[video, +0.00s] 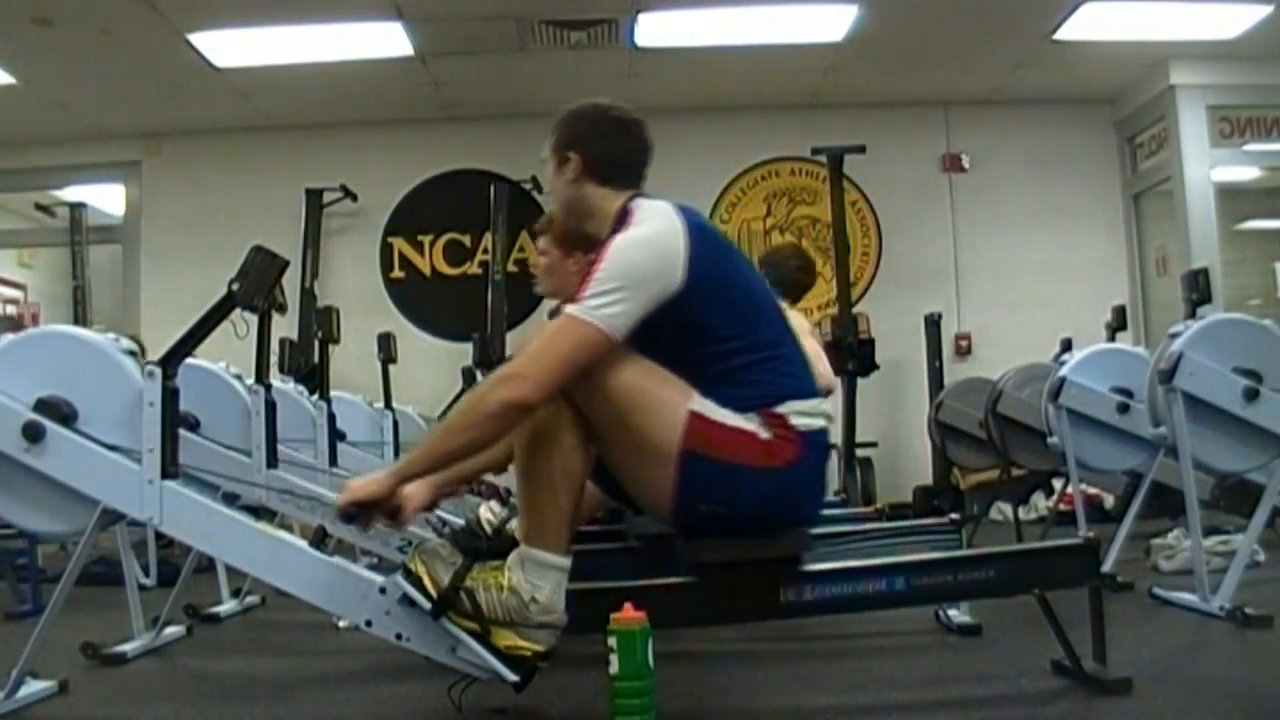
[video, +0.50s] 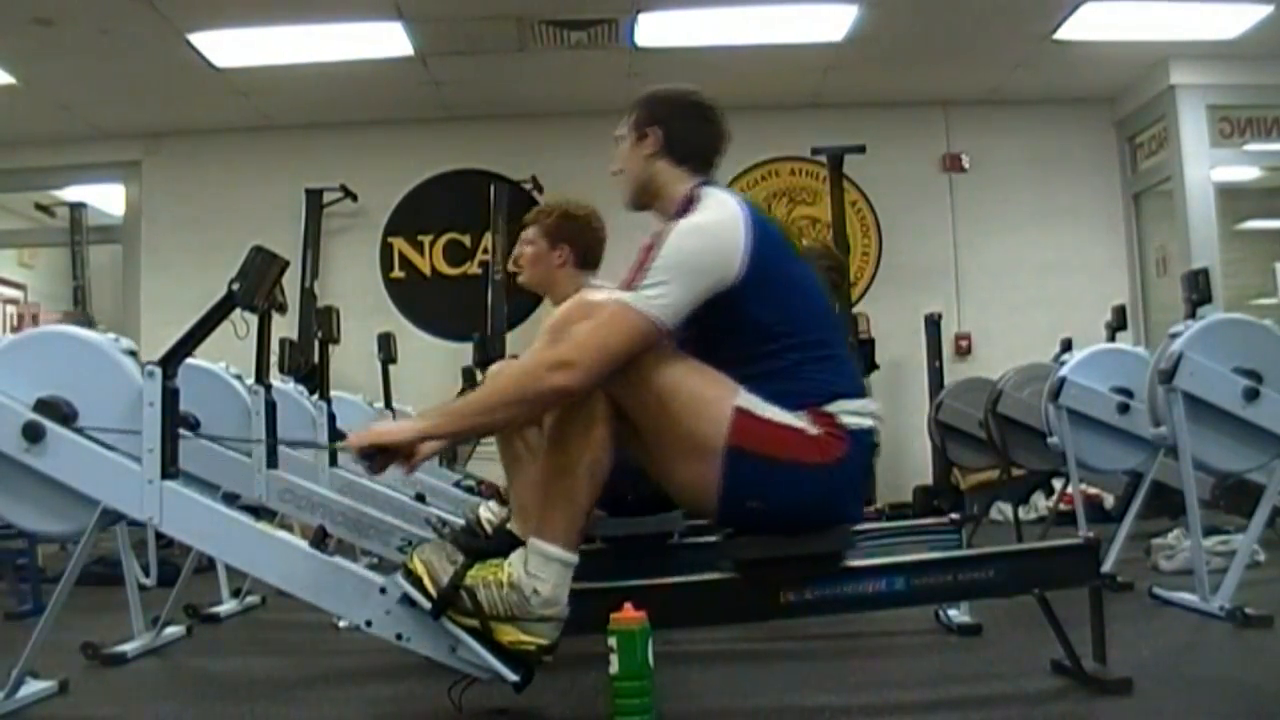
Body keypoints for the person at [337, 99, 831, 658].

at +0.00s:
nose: (548, 189)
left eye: (550, 171)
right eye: (549, 173)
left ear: (575, 168)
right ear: (621, 168)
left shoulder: (653, 235)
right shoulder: (648, 237)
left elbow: (522, 391)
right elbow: (535, 409)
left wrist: (394, 474)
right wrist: (430, 487)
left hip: (767, 465)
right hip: (755, 460)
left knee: (559, 363)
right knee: (559, 364)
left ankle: (537, 592)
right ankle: (537, 586)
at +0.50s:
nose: (616, 162)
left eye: (624, 144)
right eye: (619, 147)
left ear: (653, 143)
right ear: (676, 148)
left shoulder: (712, 225)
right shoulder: (676, 236)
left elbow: (569, 374)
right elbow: (558, 364)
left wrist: (420, 428)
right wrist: (436, 434)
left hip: (816, 458)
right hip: (769, 454)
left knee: (591, 347)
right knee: (570, 325)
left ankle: (541, 586)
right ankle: (530, 563)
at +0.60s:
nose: (663, 153)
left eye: (670, 135)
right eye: (666, 137)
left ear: (701, 136)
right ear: (718, 142)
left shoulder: (761, 219)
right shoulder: (724, 232)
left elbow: (618, 361)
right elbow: (602, 354)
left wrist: (459, 416)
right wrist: (472, 420)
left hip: (853, 454)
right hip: (807, 449)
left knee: (622, 355)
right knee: (606, 321)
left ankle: (544, 587)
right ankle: (535, 564)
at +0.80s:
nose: (761, 144)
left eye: (770, 126)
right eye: (764, 128)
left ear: (807, 128)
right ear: (821, 135)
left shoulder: (859, 212)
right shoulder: (832, 219)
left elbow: (704, 332)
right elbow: (702, 337)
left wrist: (548, 383)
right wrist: (558, 392)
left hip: (930, 441)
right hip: (880, 433)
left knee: (684, 399)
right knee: (666, 402)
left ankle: (544, 601)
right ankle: (538, 587)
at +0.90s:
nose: (805, 141)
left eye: (816, 121)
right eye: (810, 124)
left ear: (849, 124)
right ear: (861, 128)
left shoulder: (902, 210)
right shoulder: (869, 220)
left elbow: (752, 325)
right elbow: (749, 326)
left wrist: (589, 373)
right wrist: (605, 389)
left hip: (962, 442)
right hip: (916, 434)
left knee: (699, 415)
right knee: (679, 418)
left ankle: (543, 604)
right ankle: (535, 598)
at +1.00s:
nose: (834, 145)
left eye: (843, 125)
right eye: (840, 128)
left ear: (876, 126)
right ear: (889, 131)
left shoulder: (928, 213)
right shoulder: (898, 220)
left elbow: (781, 325)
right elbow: (779, 321)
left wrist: (628, 375)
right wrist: (642, 387)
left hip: (977, 448)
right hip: (937, 441)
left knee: (716, 443)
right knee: (703, 443)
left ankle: (534, 611)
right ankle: (528, 605)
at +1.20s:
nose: (850, 172)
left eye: (859, 156)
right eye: (855, 158)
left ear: (894, 157)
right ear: (905, 164)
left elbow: (811, 359)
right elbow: (796, 358)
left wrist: (664, 392)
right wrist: (666, 400)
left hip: (952, 472)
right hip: (901, 466)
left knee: (696, 520)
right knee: (685, 515)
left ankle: (477, 637)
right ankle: (475, 631)